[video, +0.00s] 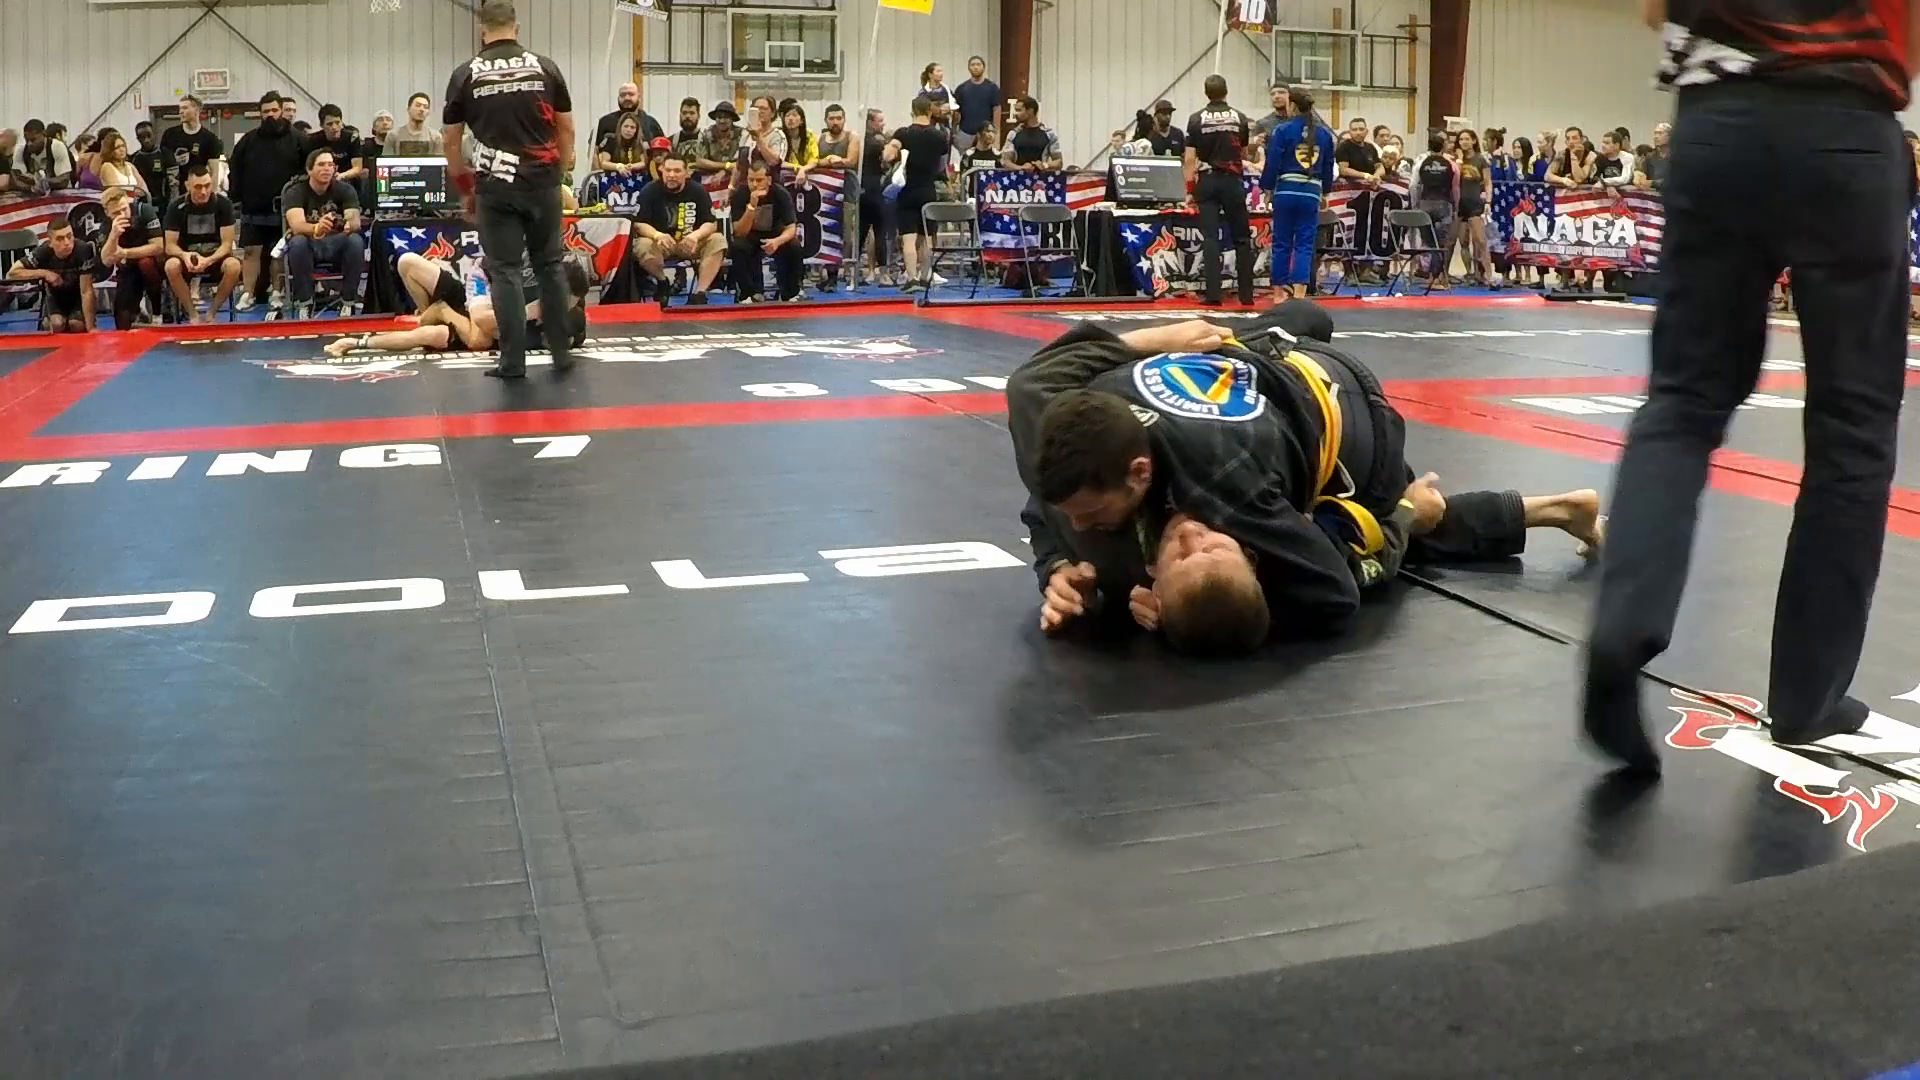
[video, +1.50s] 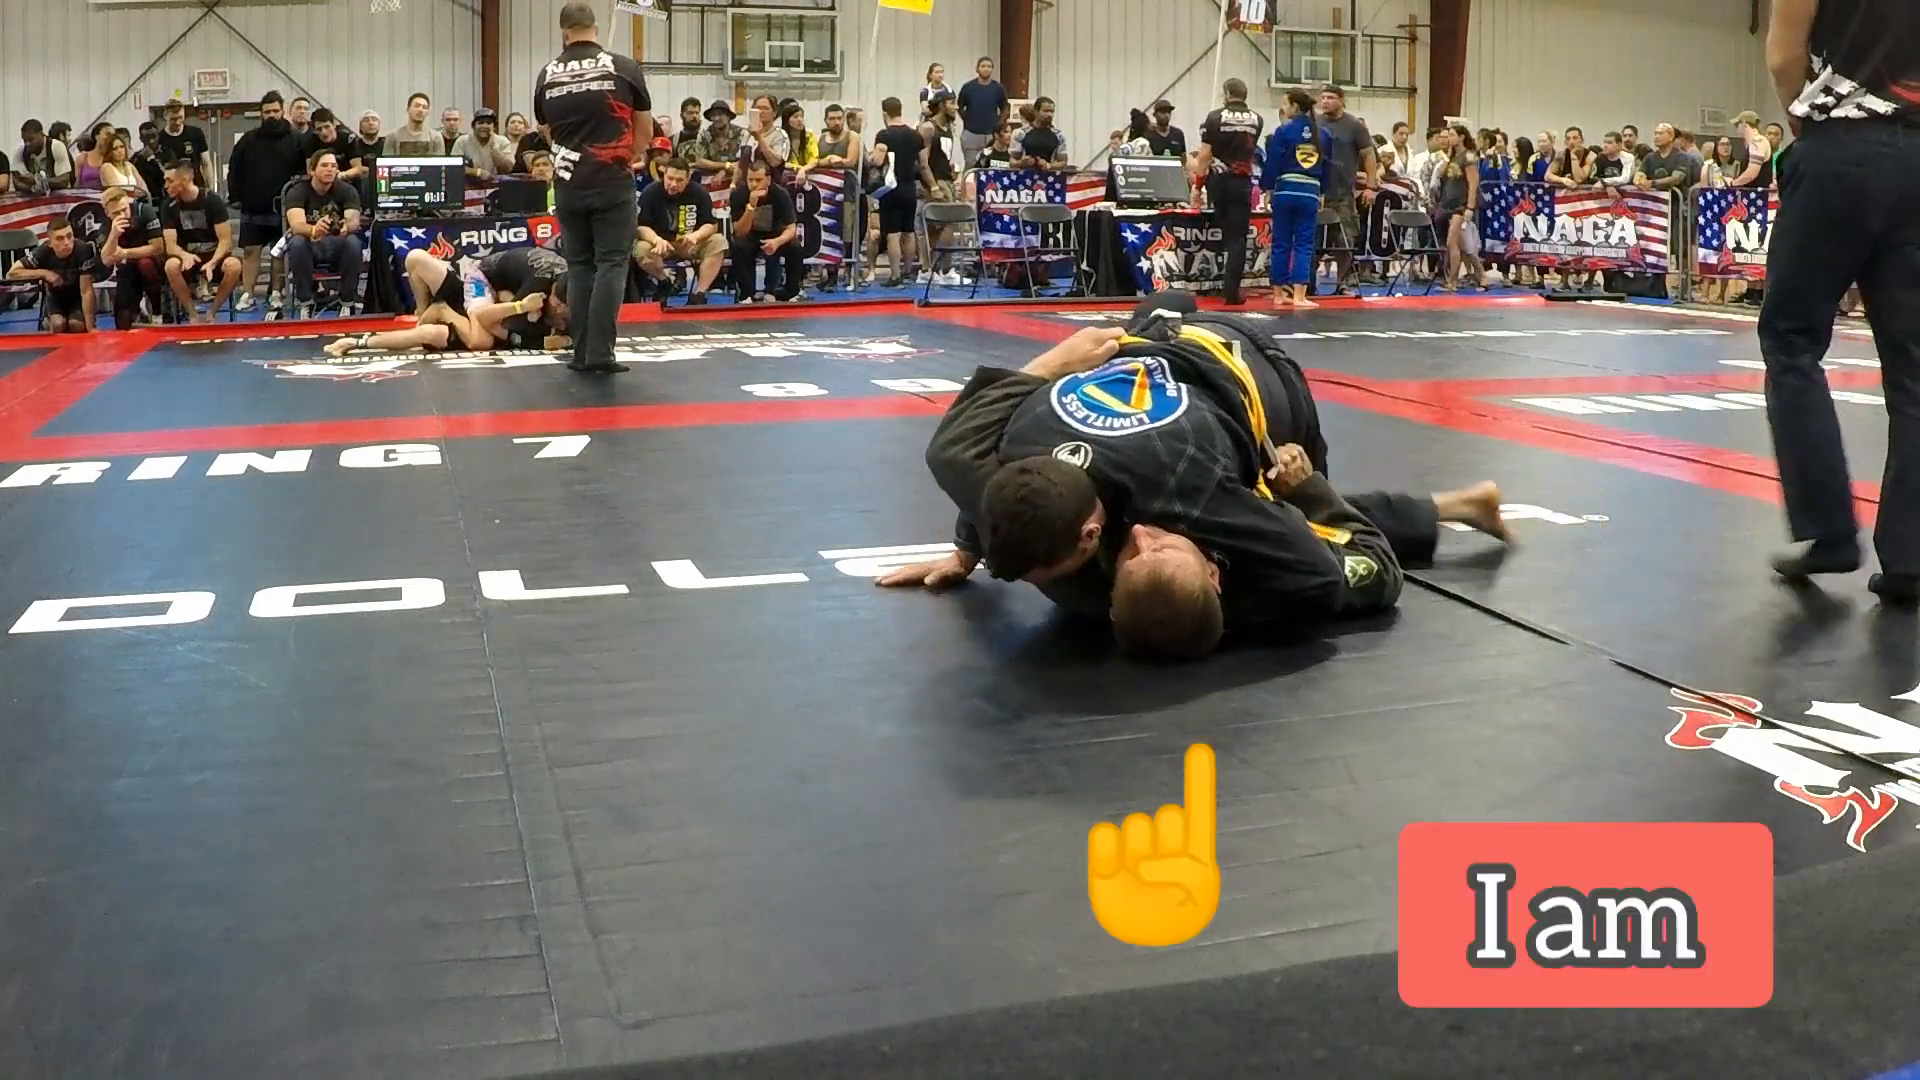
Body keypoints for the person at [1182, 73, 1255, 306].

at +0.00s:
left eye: (1208, 91)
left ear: (1206, 93)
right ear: (1226, 92)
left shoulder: (1196, 119)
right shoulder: (1240, 118)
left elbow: (1189, 158)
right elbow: (1245, 151)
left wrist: (1189, 190)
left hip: (1207, 179)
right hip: (1233, 179)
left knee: (1210, 238)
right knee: (1242, 238)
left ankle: (1213, 294)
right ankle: (1246, 295)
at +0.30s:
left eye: (1210, 90)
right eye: (1223, 90)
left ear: (1206, 93)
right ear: (1227, 93)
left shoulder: (1194, 119)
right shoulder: (1241, 120)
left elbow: (1187, 158)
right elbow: (1246, 157)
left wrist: (1187, 189)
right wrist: (1228, 160)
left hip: (1205, 180)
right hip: (1232, 181)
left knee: (1209, 238)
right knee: (1241, 238)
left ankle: (1212, 295)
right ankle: (1246, 295)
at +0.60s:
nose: (1227, 94)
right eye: (1226, 90)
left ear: (1207, 93)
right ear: (1227, 93)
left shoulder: (1195, 118)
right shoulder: (1239, 117)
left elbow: (1187, 157)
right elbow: (1248, 154)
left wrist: (1189, 189)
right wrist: (1235, 161)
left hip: (1206, 181)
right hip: (1232, 181)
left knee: (1209, 239)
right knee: (1240, 238)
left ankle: (1212, 295)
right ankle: (1241, 295)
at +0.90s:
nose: (1213, 96)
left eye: (1212, 93)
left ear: (1212, 94)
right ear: (1231, 93)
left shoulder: (1201, 118)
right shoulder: (1246, 118)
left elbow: (1194, 157)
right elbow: (1252, 156)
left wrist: (1194, 184)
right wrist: (1239, 160)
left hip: (1209, 178)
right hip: (1235, 180)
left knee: (1211, 238)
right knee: (1238, 239)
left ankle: (1212, 295)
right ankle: (1233, 295)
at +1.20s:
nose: (1224, 97)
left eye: (1224, 93)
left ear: (1224, 95)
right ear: (1243, 97)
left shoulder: (1211, 117)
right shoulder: (1254, 120)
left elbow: (1200, 154)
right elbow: (1253, 155)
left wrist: (1196, 185)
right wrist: (1242, 169)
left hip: (1216, 179)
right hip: (1241, 181)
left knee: (1217, 234)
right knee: (1240, 236)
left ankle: (1213, 285)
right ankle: (1235, 287)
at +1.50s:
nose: (1226, 96)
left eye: (1225, 93)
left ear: (1226, 95)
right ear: (1245, 96)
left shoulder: (1214, 117)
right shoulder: (1256, 119)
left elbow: (1204, 155)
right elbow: (1250, 149)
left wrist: (1197, 185)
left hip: (1218, 178)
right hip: (1242, 180)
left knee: (1230, 233)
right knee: (1238, 237)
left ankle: (1233, 285)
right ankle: (1232, 292)